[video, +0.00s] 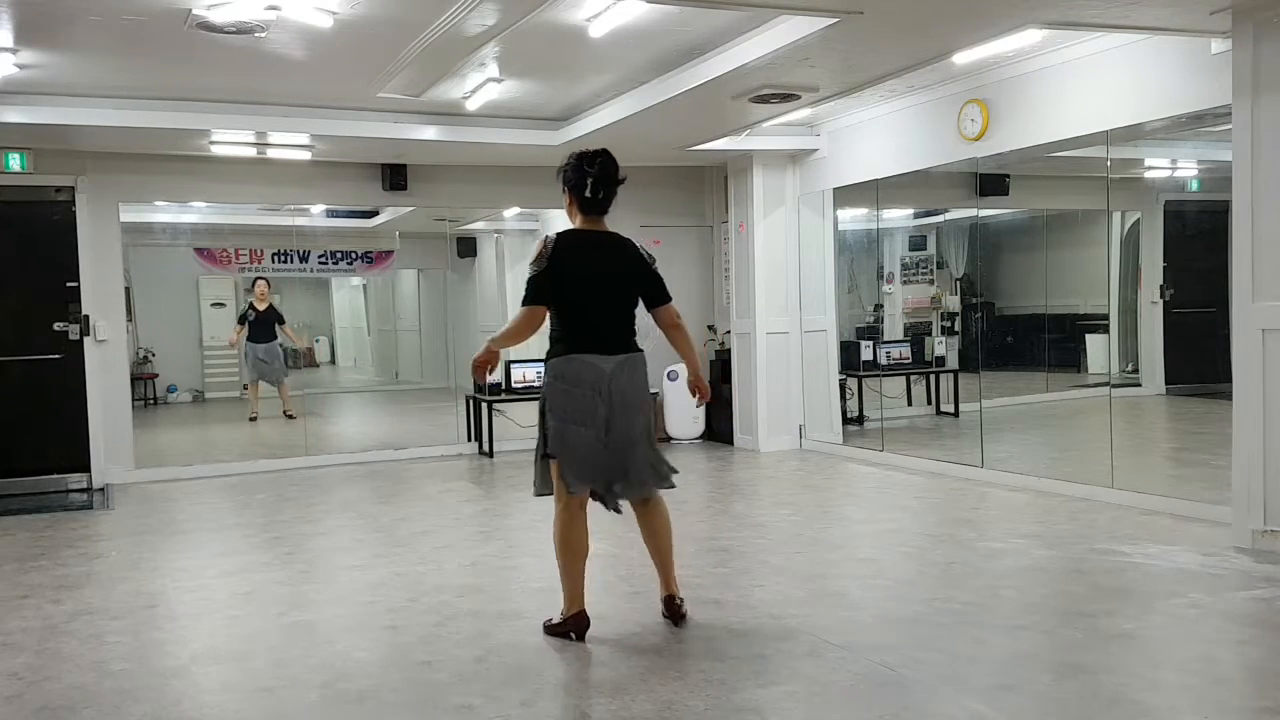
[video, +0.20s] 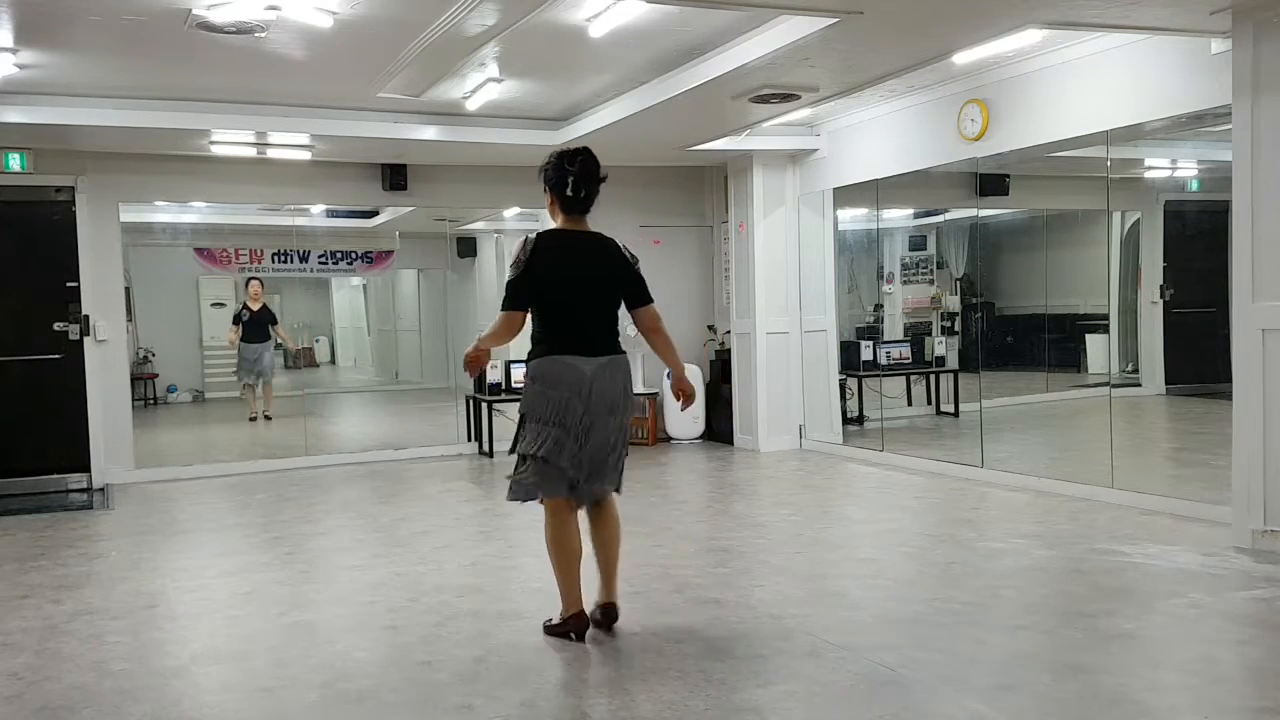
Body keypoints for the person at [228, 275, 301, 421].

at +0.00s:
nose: (262, 290)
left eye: (264, 287)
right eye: (258, 287)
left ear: (269, 290)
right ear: (253, 290)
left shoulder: (273, 308)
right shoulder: (248, 308)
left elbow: (284, 327)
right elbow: (240, 325)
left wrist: (296, 342)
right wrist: (235, 335)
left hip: (272, 347)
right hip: (253, 347)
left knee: (280, 378)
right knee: (253, 380)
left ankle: (287, 408)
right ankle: (254, 410)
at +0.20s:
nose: (256, 290)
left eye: (258, 287)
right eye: (252, 287)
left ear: (262, 290)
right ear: (247, 290)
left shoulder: (267, 309)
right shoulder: (241, 308)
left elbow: (277, 328)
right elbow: (234, 327)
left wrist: (289, 343)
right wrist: (232, 336)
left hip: (265, 347)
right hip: (247, 347)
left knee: (267, 379)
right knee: (250, 381)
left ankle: (267, 409)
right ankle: (253, 410)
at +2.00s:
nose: (198, 292)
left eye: (201, 289)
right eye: (195, 289)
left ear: (204, 292)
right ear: (189, 292)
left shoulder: (209, 310)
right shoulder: (185, 310)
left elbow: (221, 327)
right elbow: (173, 329)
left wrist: (233, 342)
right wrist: (164, 346)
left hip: (209, 349)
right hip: (193, 349)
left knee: (207, 381)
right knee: (200, 380)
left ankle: (202, 412)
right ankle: (199, 413)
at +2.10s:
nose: (195, 292)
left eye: (198, 289)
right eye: (191, 289)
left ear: (201, 291)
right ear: (186, 292)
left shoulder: (206, 309)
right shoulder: (182, 310)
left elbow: (218, 327)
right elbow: (170, 328)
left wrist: (231, 341)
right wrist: (161, 344)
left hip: (206, 348)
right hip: (190, 348)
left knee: (205, 382)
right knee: (192, 381)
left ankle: (200, 413)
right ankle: (187, 413)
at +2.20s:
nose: (191, 291)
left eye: (194, 288)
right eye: (187, 288)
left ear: (198, 290)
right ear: (182, 291)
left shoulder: (204, 309)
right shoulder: (178, 308)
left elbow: (215, 326)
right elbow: (166, 326)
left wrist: (228, 342)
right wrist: (158, 342)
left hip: (203, 349)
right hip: (185, 349)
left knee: (202, 383)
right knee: (186, 383)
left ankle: (200, 413)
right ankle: (183, 414)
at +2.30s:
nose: (187, 290)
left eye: (189, 287)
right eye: (183, 287)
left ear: (194, 290)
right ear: (178, 290)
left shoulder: (200, 309)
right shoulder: (173, 308)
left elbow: (213, 327)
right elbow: (162, 325)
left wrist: (226, 344)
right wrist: (153, 342)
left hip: (198, 349)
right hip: (179, 350)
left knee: (201, 383)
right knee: (182, 383)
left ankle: (200, 413)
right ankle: (183, 414)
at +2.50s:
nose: (179, 292)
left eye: (182, 289)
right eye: (176, 289)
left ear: (186, 291)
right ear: (171, 291)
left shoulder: (191, 309)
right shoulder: (165, 309)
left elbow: (203, 326)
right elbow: (156, 325)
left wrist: (213, 337)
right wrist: (149, 335)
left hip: (189, 349)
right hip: (170, 350)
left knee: (194, 381)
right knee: (176, 385)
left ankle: (198, 411)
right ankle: (182, 414)